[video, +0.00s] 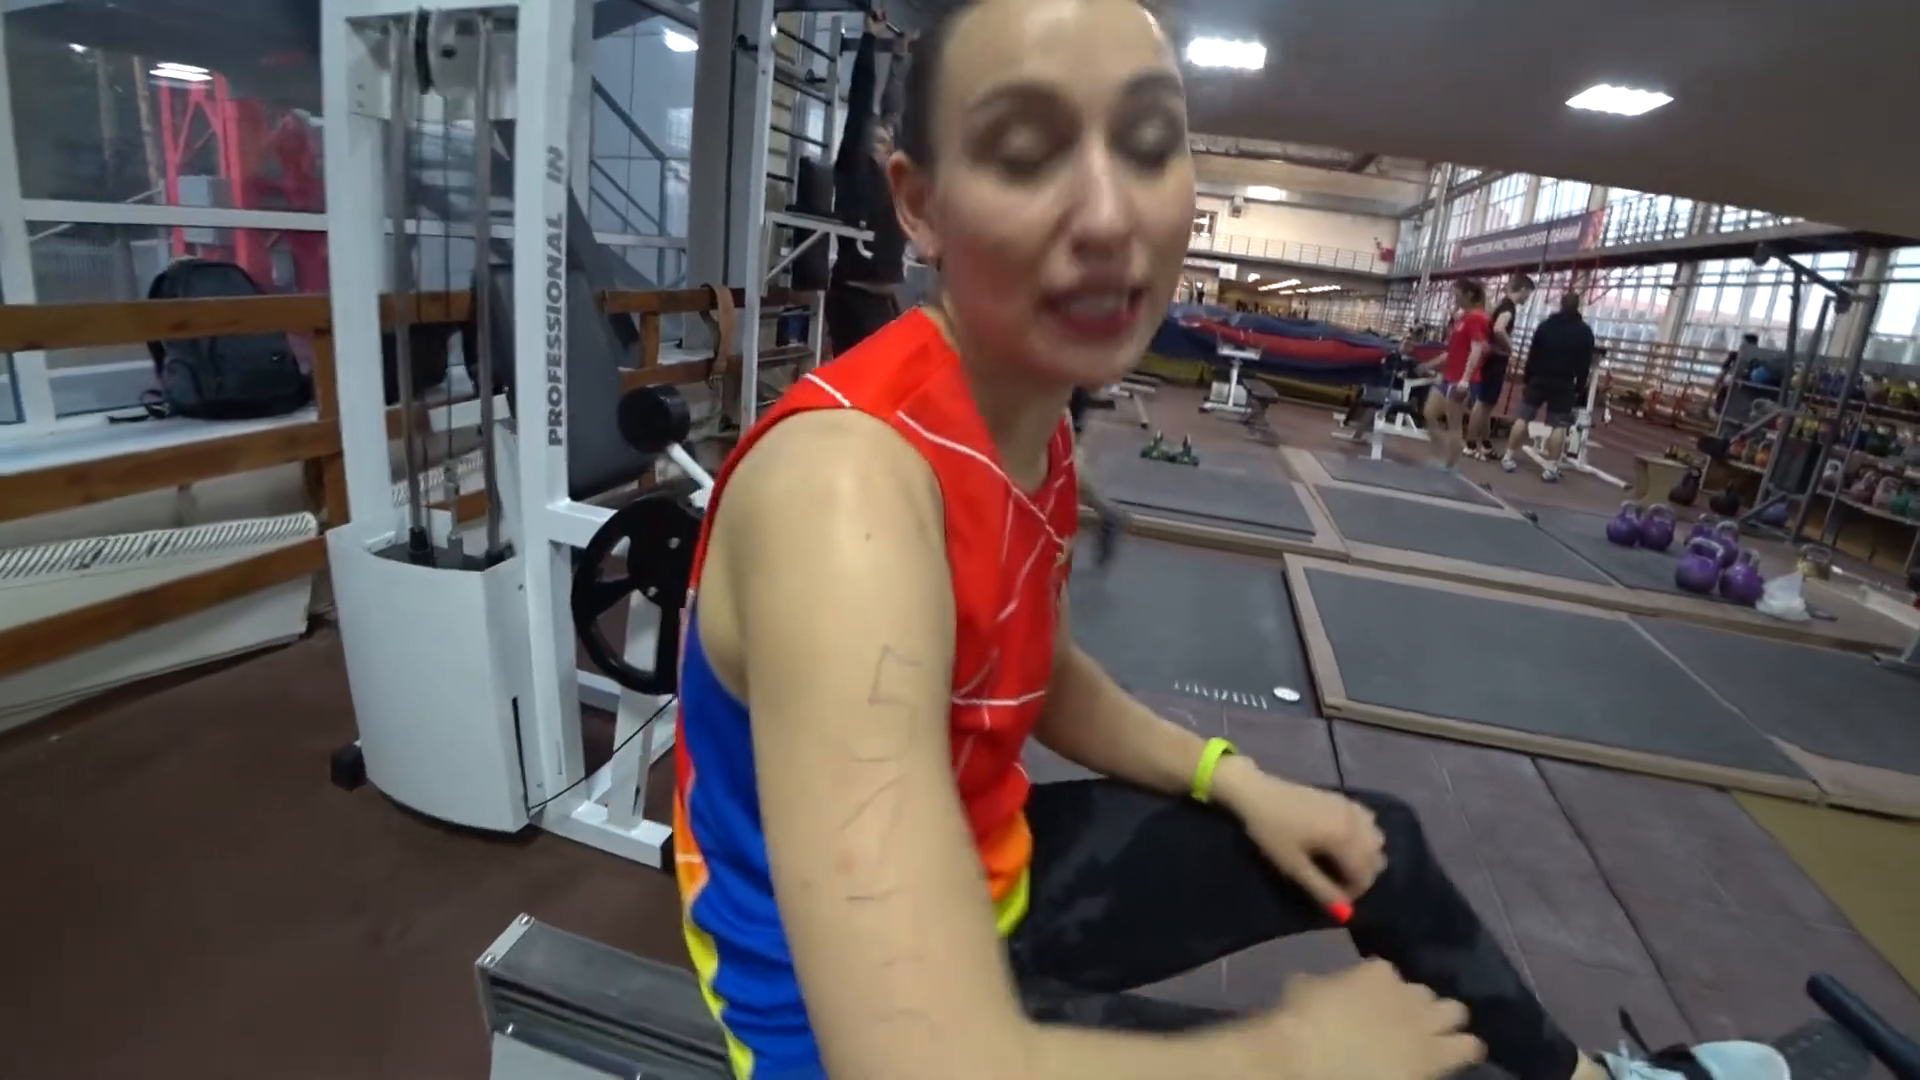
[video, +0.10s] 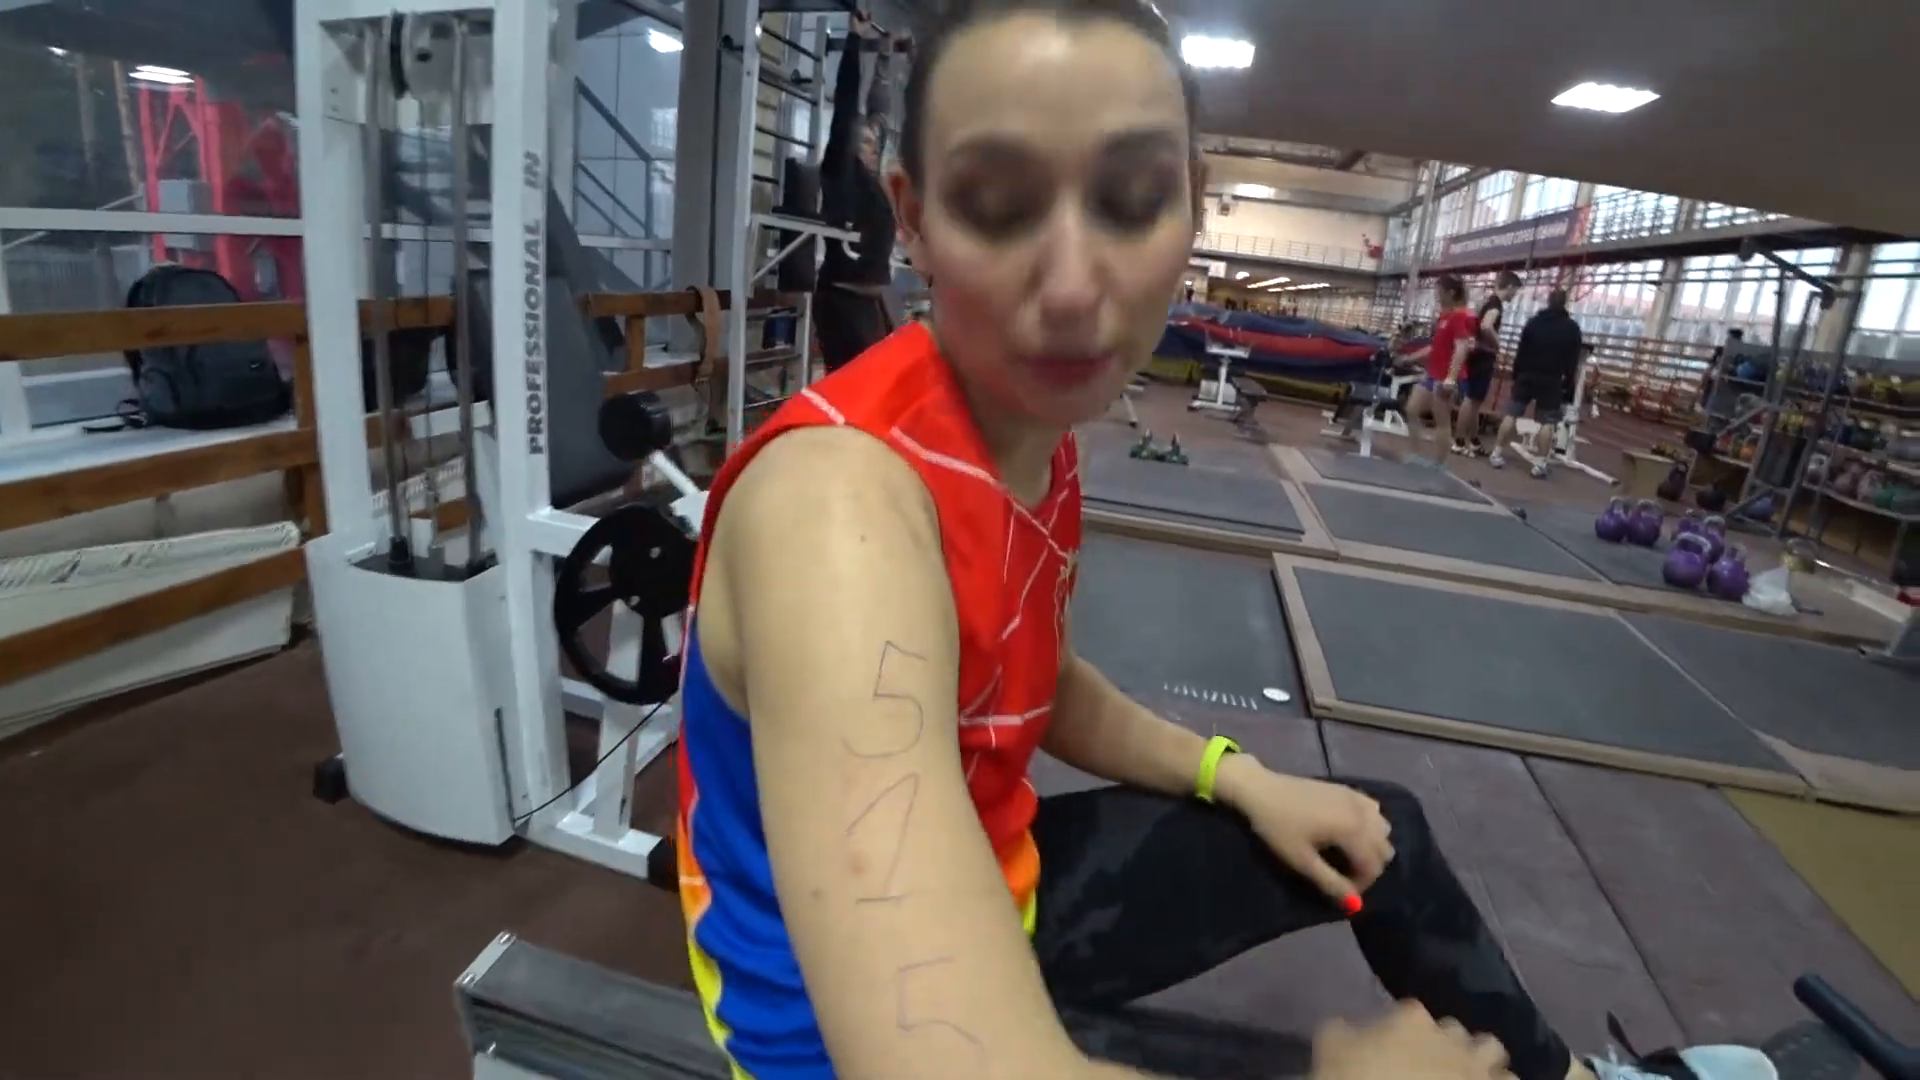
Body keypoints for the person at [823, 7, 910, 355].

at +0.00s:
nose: (886, 148)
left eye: (887, 142)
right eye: (879, 142)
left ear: (891, 147)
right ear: (863, 144)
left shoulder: (892, 174)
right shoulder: (854, 168)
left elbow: (892, 113)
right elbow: (860, 108)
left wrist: (900, 58)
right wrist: (869, 38)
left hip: (883, 289)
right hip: (854, 288)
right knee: (861, 380)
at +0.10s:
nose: (870, 148)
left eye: (873, 142)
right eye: (863, 141)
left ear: (877, 148)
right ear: (849, 144)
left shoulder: (875, 180)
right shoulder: (840, 172)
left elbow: (878, 118)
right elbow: (845, 111)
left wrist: (887, 56)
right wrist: (854, 38)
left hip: (873, 295)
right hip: (842, 294)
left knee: (887, 378)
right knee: (858, 385)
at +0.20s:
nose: (847, 157)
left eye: (851, 151)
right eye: (840, 150)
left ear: (856, 157)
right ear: (826, 153)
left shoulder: (850, 189)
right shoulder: (818, 183)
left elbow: (856, 128)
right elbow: (823, 119)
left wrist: (865, 64)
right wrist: (832, 48)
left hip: (850, 304)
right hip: (822, 304)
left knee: (858, 394)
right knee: (832, 401)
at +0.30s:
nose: (821, 170)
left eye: (824, 164)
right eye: (814, 164)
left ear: (828, 170)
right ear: (799, 167)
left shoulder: (824, 205)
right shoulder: (791, 199)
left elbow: (826, 142)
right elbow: (794, 133)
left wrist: (835, 81)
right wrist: (804, 66)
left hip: (823, 320)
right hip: (794, 318)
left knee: (822, 415)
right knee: (805, 417)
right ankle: (753, 472)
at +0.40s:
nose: (798, 184)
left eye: (800, 177)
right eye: (790, 178)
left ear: (804, 184)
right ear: (775, 182)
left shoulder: (801, 219)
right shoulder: (766, 212)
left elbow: (802, 158)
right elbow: (771, 148)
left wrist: (812, 98)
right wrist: (779, 80)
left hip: (798, 336)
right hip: (769, 334)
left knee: (796, 427)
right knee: (779, 429)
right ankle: (727, 487)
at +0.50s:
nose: (775, 194)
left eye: (778, 187)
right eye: (768, 187)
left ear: (782, 191)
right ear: (753, 190)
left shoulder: (781, 231)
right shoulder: (744, 221)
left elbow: (780, 163)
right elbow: (748, 157)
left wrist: (790, 103)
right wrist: (757, 88)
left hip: (779, 333)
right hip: (750, 333)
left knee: (772, 429)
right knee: (753, 436)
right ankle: (715, 490)